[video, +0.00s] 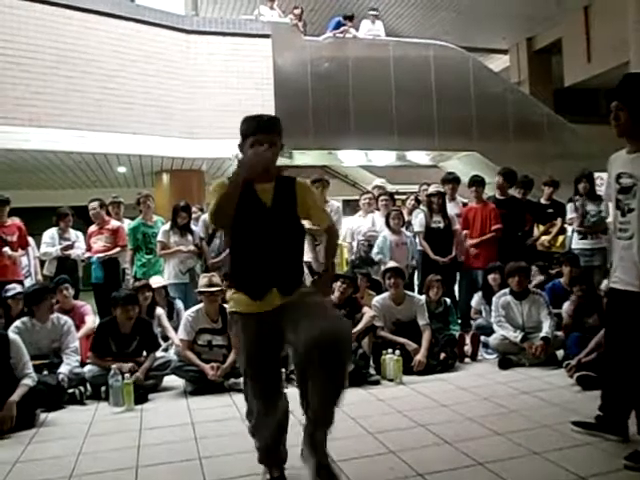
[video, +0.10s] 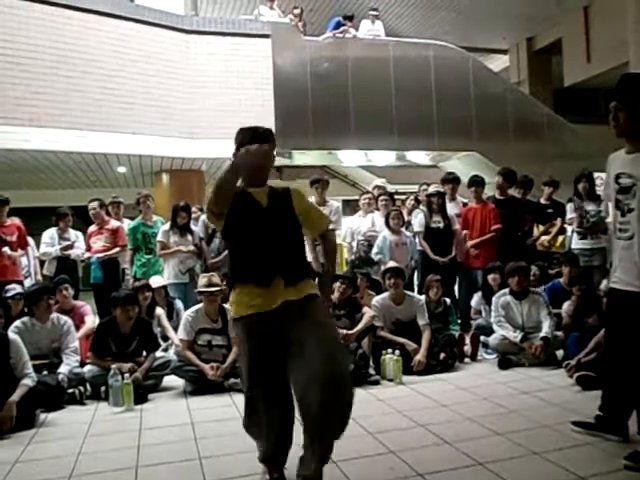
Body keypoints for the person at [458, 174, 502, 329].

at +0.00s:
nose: (475, 191)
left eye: (478, 188)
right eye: (472, 188)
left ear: (483, 189)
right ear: (468, 190)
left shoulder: (491, 208)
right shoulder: (467, 211)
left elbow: (497, 230)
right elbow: (464, 231)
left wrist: (475, 240)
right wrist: (469, 247)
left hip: (486, 258)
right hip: (470, 258)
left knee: (485, 293)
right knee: (467, 293)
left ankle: (486, 320)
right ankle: (466, 322)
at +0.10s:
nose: (474, 191)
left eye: (477, 188)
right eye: (471, 188)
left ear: (483, 189)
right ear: (468, 190)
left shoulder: (490, 208)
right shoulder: (466, 210)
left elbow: (496, 230)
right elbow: (464, 230)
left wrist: (473, 242)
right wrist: (469, 247)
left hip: (485, 258)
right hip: (470, 258)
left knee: (485, 294)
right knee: (466, 294)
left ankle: (486, 322)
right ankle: (465, 325)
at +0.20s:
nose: (474, 191)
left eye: (477, 188)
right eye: (471, 188)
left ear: (482, 189)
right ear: (468, 190)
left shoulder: (490, 208)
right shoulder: (466, 210)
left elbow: (496, 230)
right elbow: (464, 230)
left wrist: (473, 242)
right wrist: (469, 247)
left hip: (485, 258)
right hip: (469, 258)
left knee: (485, 294)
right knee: (466, 294)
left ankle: (487, 322)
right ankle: (465, 325)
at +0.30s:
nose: (474, 191)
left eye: (477, 187)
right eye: (471, 188)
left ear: (482, 189)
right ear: (468, 190)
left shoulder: (490, 209)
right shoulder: (466, 211)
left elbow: (496, 230)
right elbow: (463, 231)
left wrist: (473, 242)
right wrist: (469, 247)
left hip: (485, 258)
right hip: (469, 258)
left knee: (484, 293)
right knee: (466, 293)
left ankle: (485, 321)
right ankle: (465, 323)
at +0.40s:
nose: (474, 191)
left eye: (477, 188)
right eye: (471, 188)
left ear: (482, 189)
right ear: (468, 190)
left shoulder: (490, 208)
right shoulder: (467, 210)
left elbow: (495, 230)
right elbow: (463, 230)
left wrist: (473, 242)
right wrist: (467, 244)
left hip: (485, 258)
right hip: (469, 258)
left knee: (484, 293)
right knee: (465, 294)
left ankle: (485, 322)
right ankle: (465, 324)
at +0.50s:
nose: (473, 191)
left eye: (476, 187)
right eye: (471, 187)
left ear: (482, 189)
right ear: (468, 190)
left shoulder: (490, 208)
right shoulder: (467, 210)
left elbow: (495, 230)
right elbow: (463, 230)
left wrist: (473, 242)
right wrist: (467, 245)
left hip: (485, 258)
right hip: (469, 258)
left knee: (485, 293)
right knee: (466, 294)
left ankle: (486, 322)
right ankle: (466, 324)